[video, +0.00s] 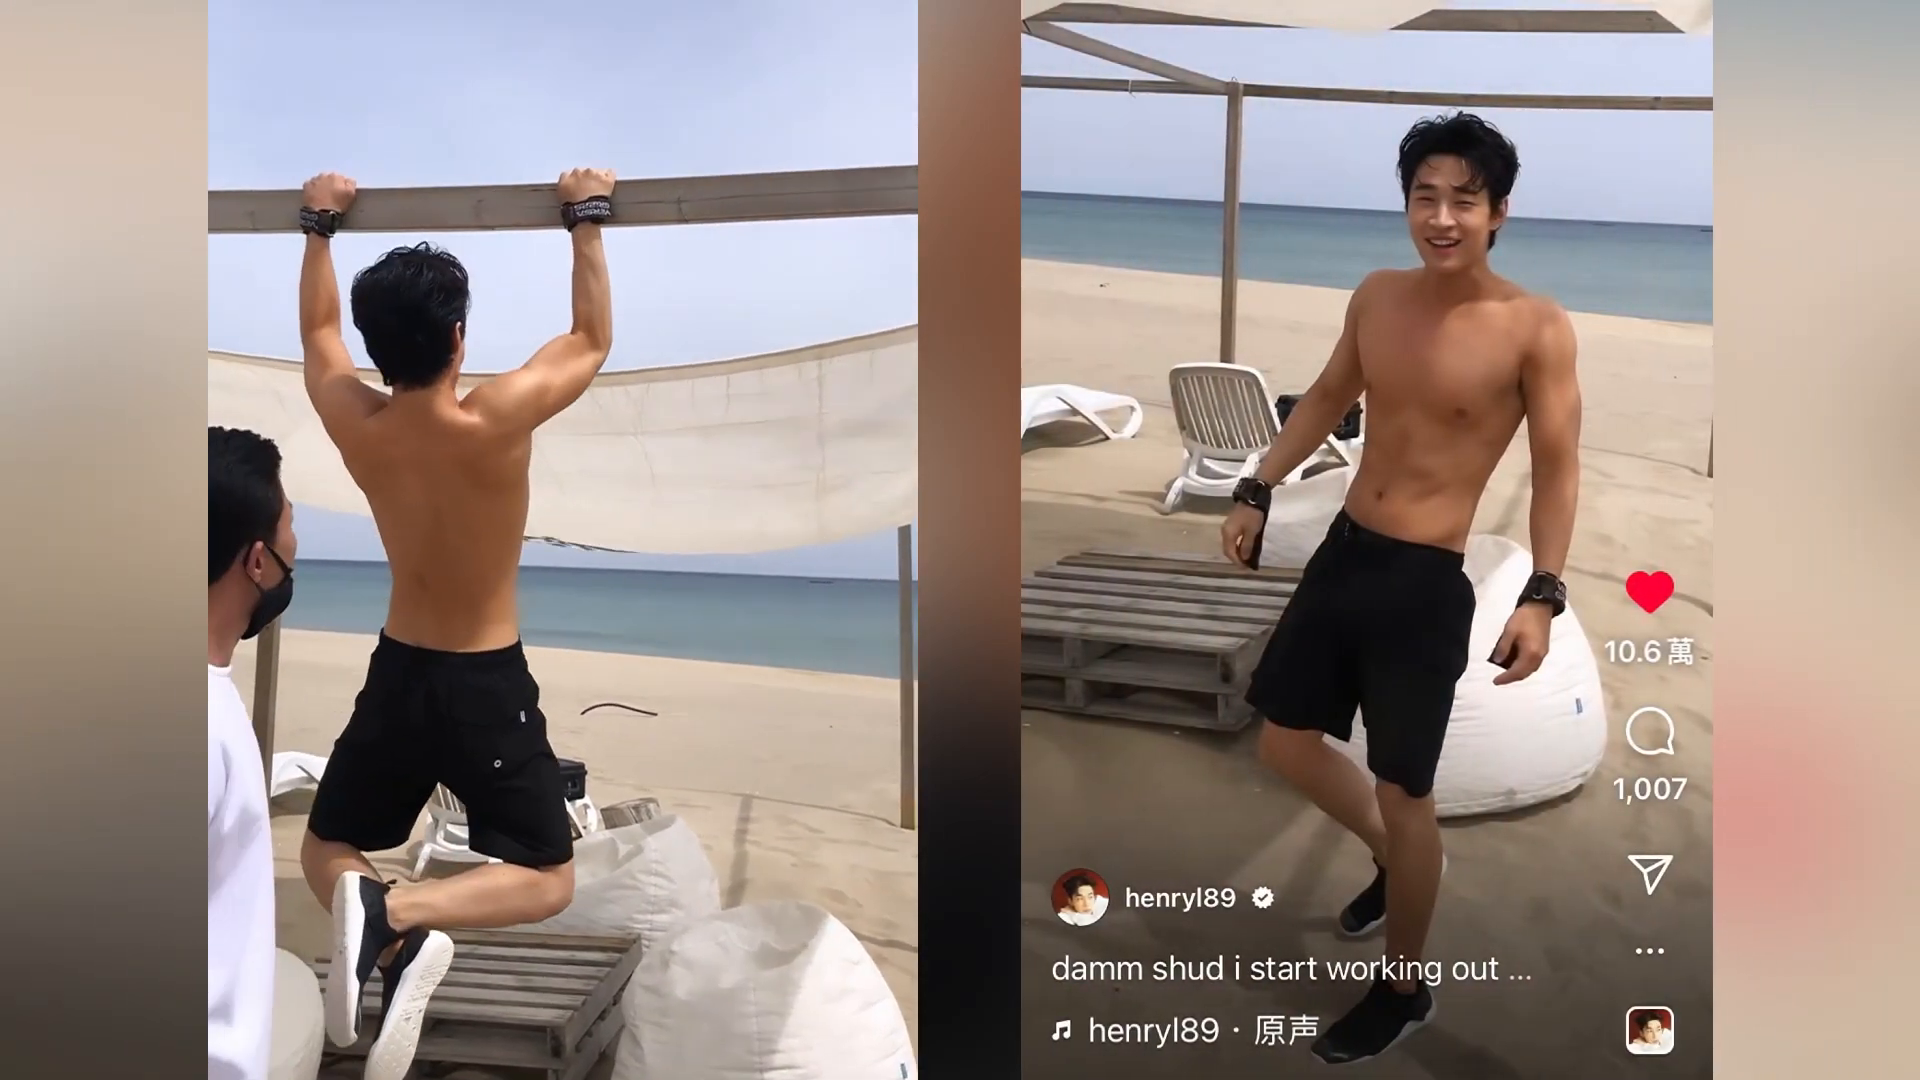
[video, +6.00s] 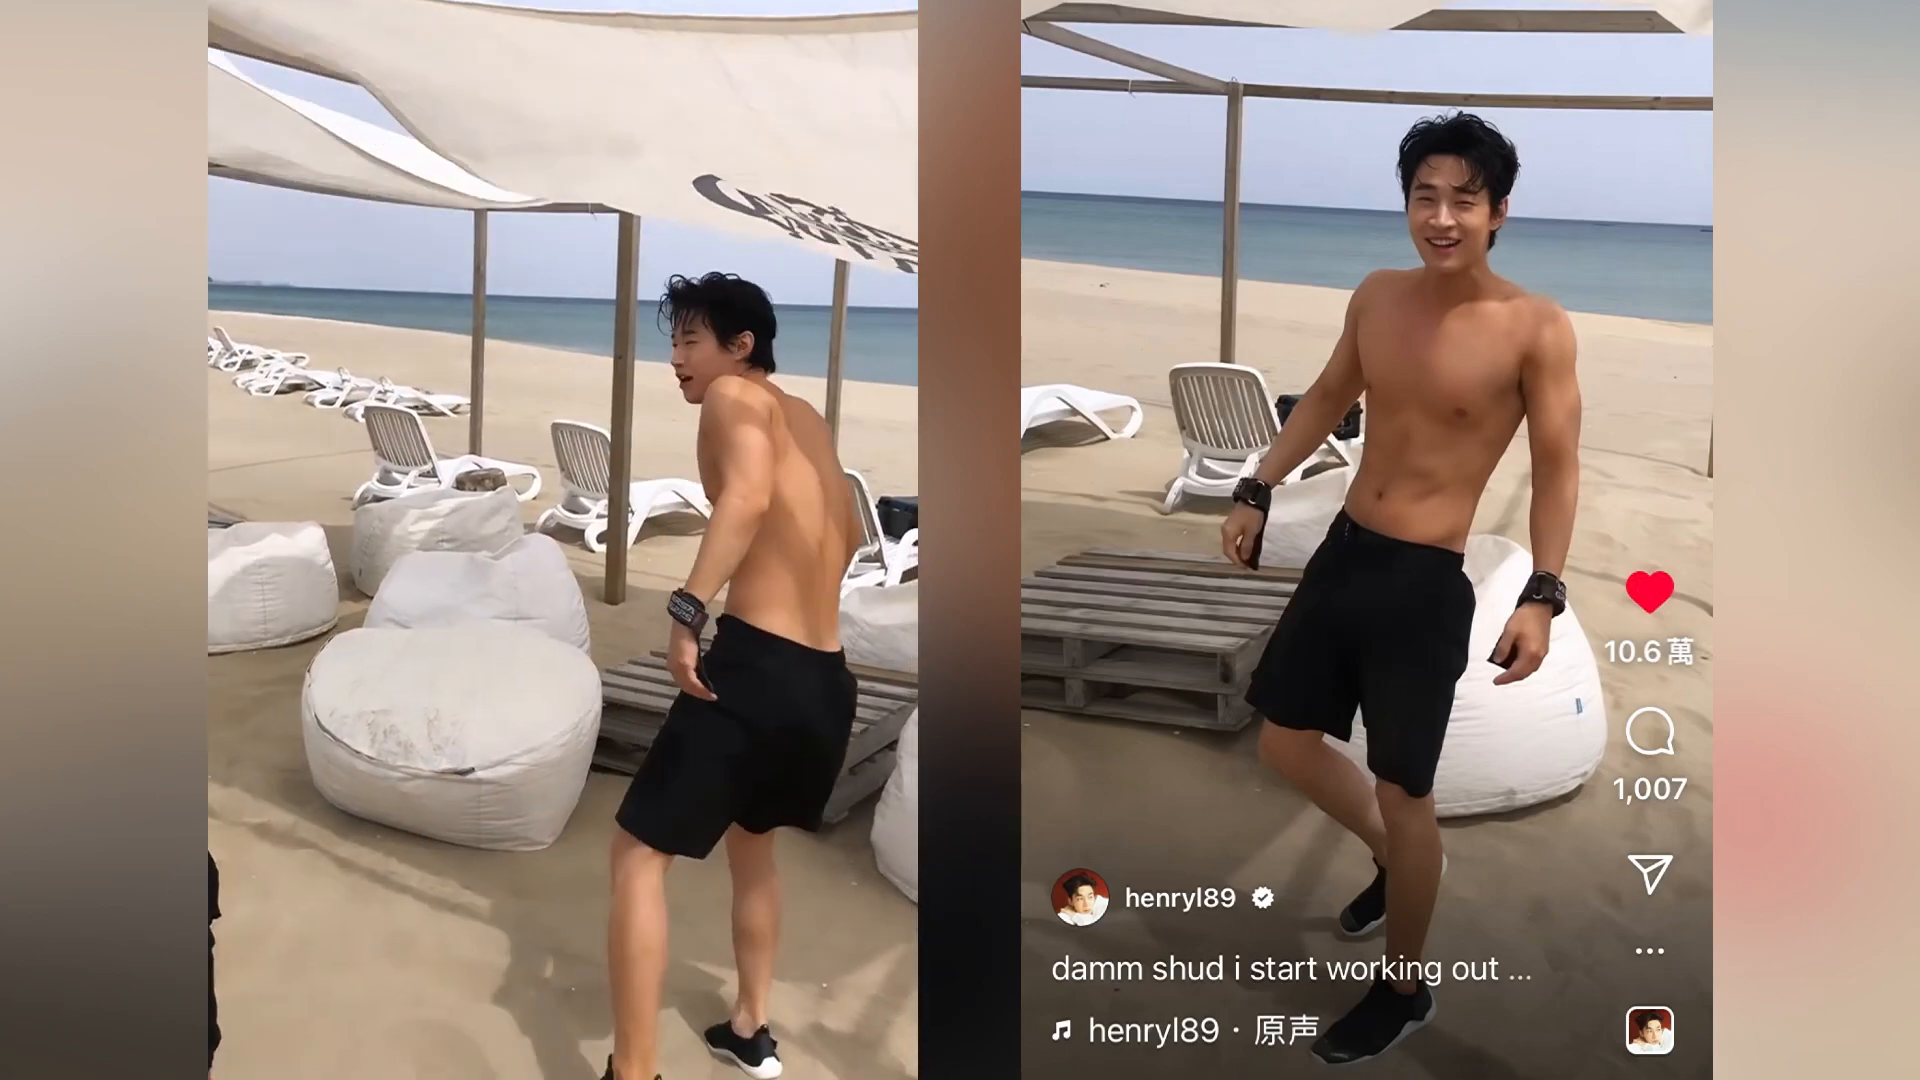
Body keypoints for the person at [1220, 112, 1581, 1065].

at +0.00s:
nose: (1440, 216)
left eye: (1462, 198)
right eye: (1425, 197)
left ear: (1498, 210)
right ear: (1406, 208)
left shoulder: (1534, 327)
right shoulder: (1378, 297)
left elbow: (1556, 468)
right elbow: (1330, 397)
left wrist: (1540, 595)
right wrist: (1256, 484)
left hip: (1427, 579)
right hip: (1345, 554)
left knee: (1402, 798)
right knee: (1284, 742)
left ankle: (1402, 982)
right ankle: (1398, 847)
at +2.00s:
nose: (1440, 216)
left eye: (1462, 198)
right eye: (1424, 197)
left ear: (1498, 210)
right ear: (1406, 208)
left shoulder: (1534, 328)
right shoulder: (1378, 297)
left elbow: (1556, 468)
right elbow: (1329, 398)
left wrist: (1540, 595)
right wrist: (1256, 484)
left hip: (1427, 579)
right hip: (1345, 554)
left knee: (1402, 799)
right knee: (1284, 742)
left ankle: (1402, 981)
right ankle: (1398, 847)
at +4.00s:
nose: (1440, 216)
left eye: (1461, 198)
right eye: (1424, 197)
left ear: (1498, 210)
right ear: (1406, 208)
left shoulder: (1535, 328)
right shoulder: (1379, 296)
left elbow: (1556, 468)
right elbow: (1330, 398)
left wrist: (1541, 595)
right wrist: (1255, 484)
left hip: (1426, 579)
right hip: (1345, 553)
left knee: (1402, 800)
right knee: (1285, 742)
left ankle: (1403, 980)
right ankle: (1399, 848)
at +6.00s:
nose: (1440, 216)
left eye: (1462, 198)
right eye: (1424, 197)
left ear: (1498, 210)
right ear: (1406, 208)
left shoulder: (1535, 328)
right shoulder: (1379, 297)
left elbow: (1556, 469)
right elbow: (1330, 398)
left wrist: (1540, 595)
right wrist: (1256, 484)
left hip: (1426, 579)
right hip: (1345, 554)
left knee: (1402, 799)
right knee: (1284, 742)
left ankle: (1402, 982)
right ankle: (1397, 847)